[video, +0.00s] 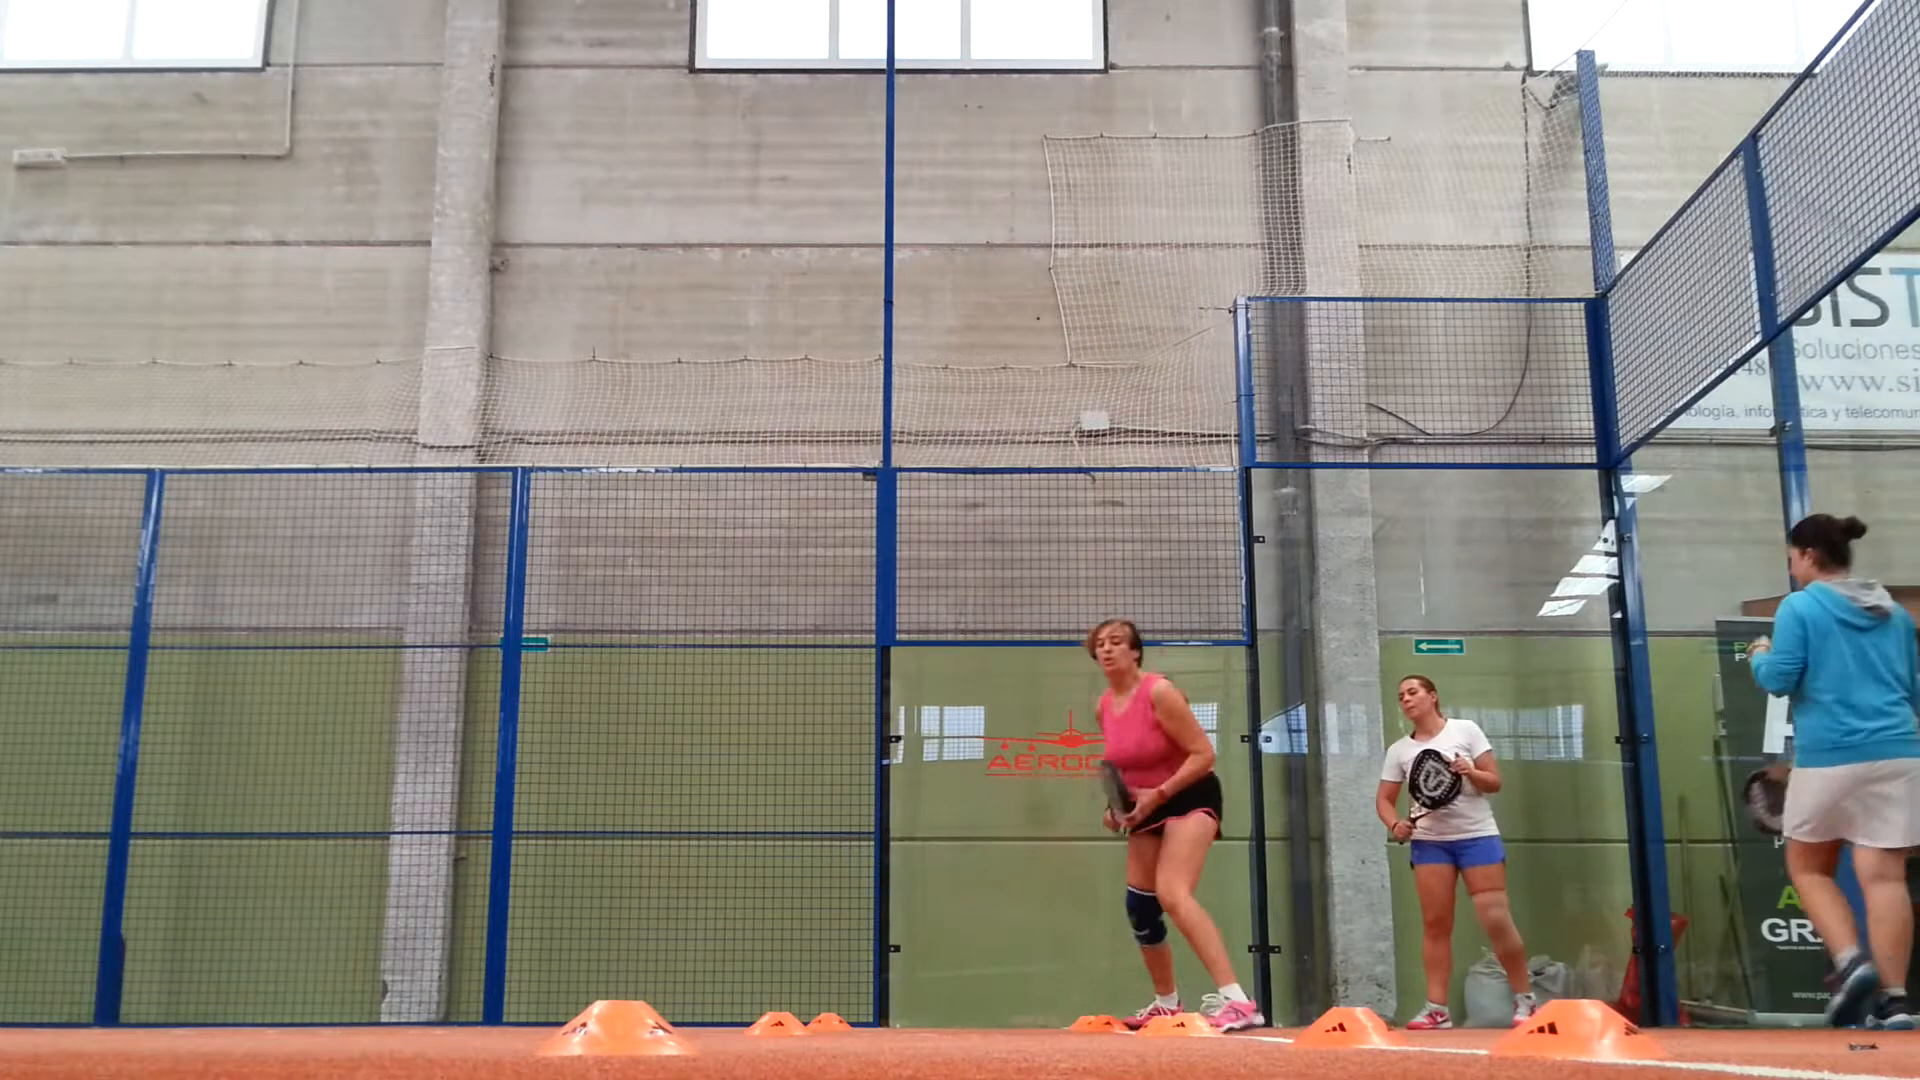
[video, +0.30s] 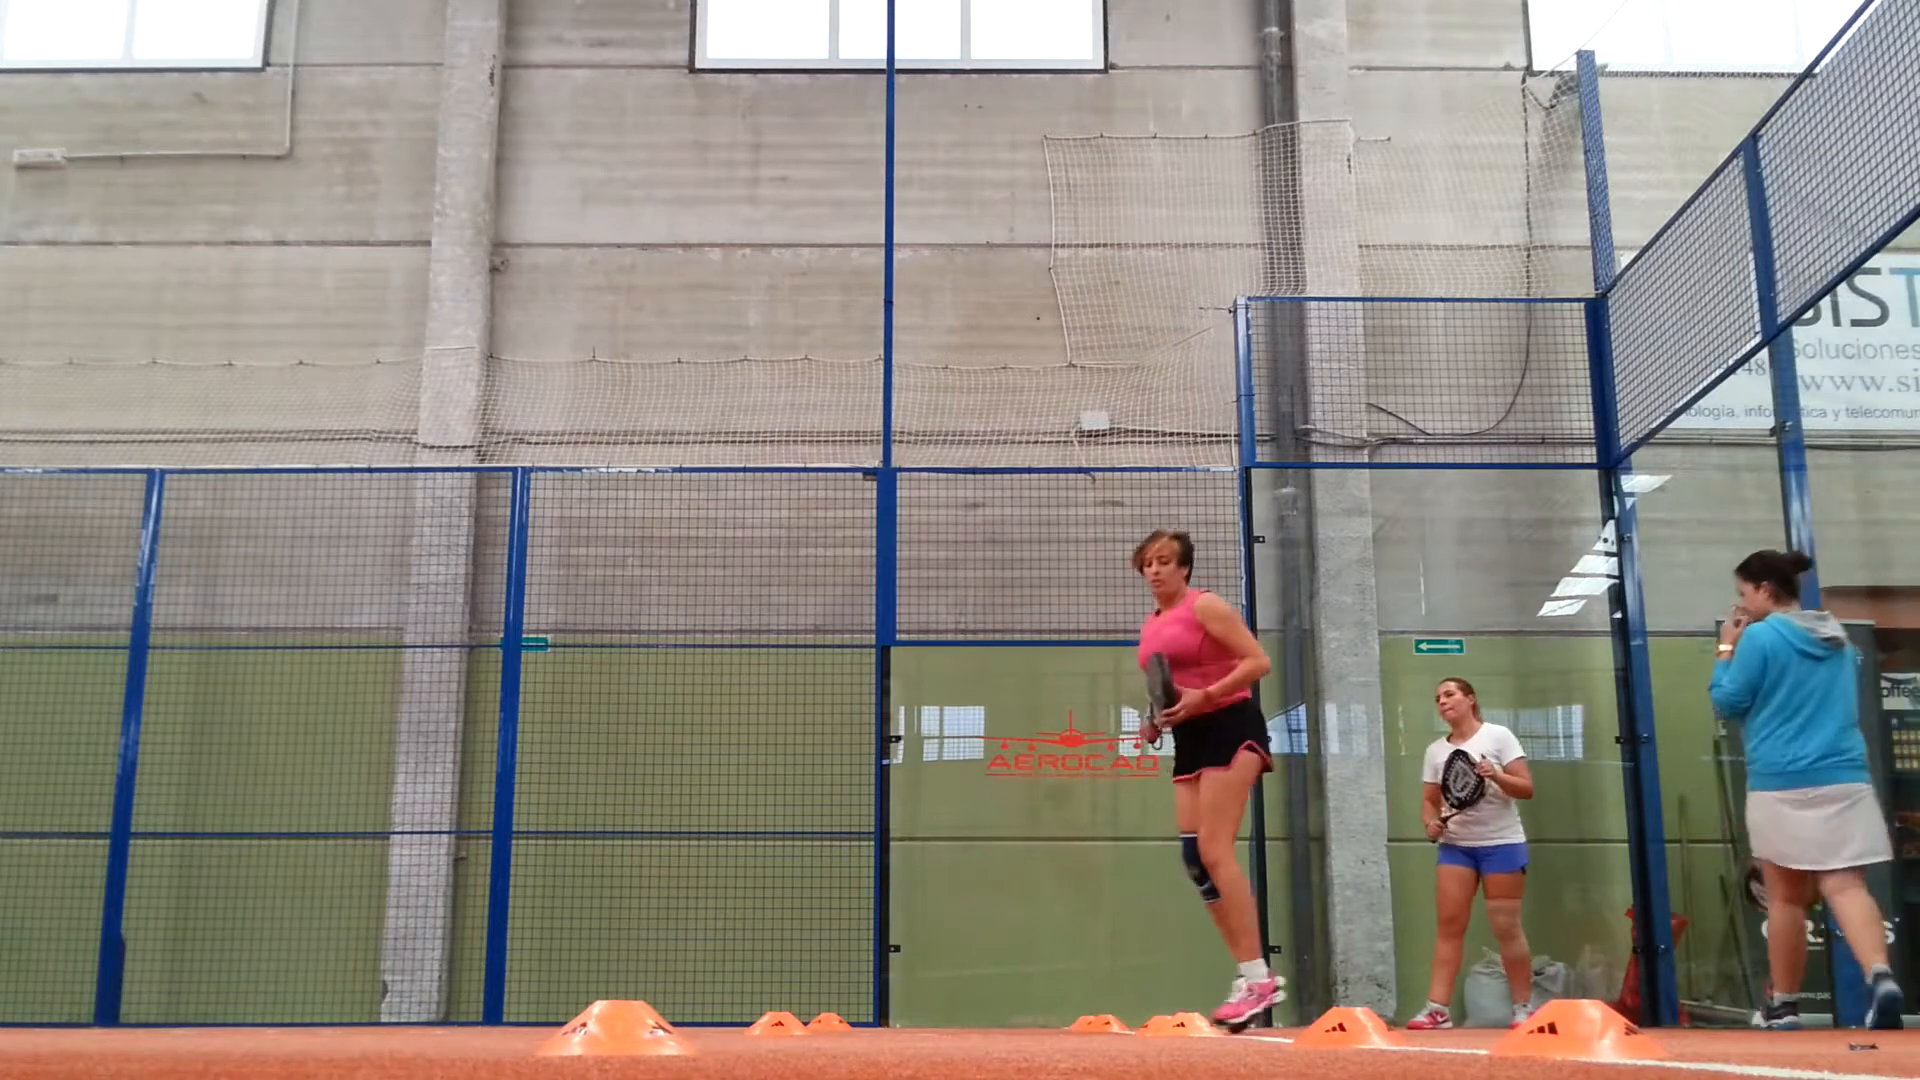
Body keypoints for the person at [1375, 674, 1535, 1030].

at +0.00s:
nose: (1406, 700)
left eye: (1412, 692)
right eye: (1401, 697)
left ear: (1433, 696)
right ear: (1401, 708)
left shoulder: (1466, 731)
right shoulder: (1399, 750)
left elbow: (1494, 783)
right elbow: (1384, 799)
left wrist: (1470, 772)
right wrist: (1394, 823)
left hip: (1477, 837)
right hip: (1430, 842)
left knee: (1496, 919)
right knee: (1435, 924)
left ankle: (1524, 999)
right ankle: (1437, 1008)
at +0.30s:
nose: (1442, 702)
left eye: (1449, 695)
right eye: (1439, 699)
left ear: (1470, 699)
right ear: (1439, 709)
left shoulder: (1499, 736)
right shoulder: (1436, 750)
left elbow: (1525, 789)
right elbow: (1430, 800)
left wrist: (1495, 775)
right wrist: (1431, 822)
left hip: (1502, 844)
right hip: (1456, 847)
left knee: (1506, 926)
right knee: (1449, 925)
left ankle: (1522, 1007)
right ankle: (1438, 1009)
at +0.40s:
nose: (1456, 702)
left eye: (1463, 695)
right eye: (1452, 698)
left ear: (1484, 701)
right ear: (1451, 709)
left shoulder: (1508, 740)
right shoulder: (1448, 750)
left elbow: (1536, 793)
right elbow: (1444, 797)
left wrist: (1508, 782)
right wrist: (1445, 824)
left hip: (1508, 845)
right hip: (1465, 847)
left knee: (1511, 927)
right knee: (1455, 925)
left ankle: (1521, 1007)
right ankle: (1439, 1007)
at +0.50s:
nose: (1466, 701)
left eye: (1472, 695)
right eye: (1462, 697)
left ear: (1494, 701)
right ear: (1461, 706)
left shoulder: (1516, 741)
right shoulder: (1457, 747)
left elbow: (1542, 796)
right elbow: (1455, 795)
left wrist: (1514, 788)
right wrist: (1455, 820)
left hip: (1513, 845)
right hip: (1471, 845)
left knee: (1512, 927)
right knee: (1458, 923)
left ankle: (1522, 1008)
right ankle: (1443, 1005)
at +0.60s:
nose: (1474, 700)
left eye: (1481, 694)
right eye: (1470, 696)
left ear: (1502, 700)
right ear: (1469, 705)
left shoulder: (1522, 742)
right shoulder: (1464, 746)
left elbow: (1545, 796)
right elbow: (1459, 792)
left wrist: (1514, 790)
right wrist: (1454, 816)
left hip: (1514, 844)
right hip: (1474, 844)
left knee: (1513, 928)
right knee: (1457, 922)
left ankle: (1522, 1008)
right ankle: (1452, 1006)